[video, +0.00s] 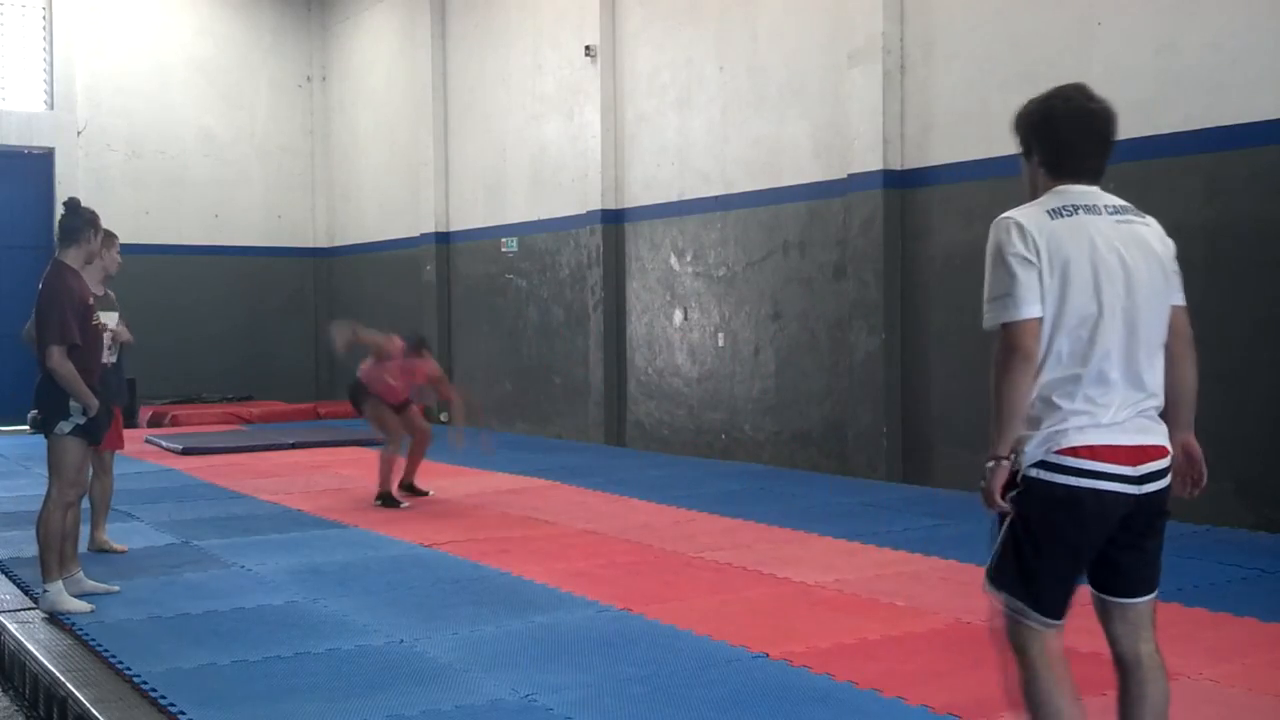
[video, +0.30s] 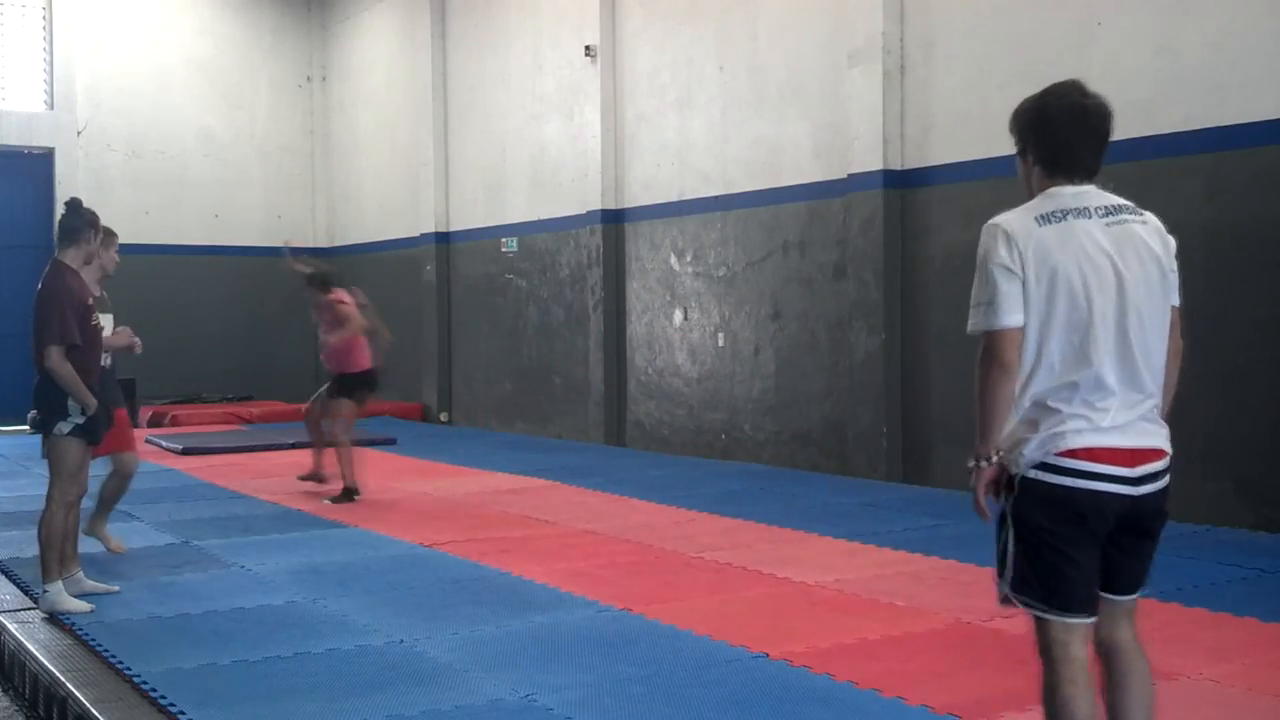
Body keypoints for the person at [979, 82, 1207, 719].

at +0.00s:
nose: (1023, 166)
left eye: (1023, 153)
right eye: (1024, 153)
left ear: (1036, 157)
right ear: (1103, 155)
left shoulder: (1021, 227)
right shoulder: (1149, 230)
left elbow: (1023, 348)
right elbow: (1180, 341)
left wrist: (1002, 451)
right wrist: (1181, 428)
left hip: (1065, 473)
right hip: (1147, 469)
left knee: (1033, 630)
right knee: (1136, 633)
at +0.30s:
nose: (1017, 161)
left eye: (1019, 149)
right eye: (1019, 149)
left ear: (1031, 154)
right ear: (1098, 152)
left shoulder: (1011, 233)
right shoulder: (1152, 231)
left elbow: (1003, 358)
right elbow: (1169, 354)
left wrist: (987, 455)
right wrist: (1146, 434)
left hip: (1058, 475)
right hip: (1146, 473)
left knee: (1066, 649)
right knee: (1121, 631)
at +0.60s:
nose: (1005, 190)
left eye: (1005, 176)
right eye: (1004, 176)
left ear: (1018, 176)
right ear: (1078, 165)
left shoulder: (1014, 240)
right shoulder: (1142, 235)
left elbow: (1006, 354)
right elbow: (1175, 345)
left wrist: (1003, 441)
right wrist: (1145, 418)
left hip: (1079, 477)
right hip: (1161, 474)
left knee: (1043, 638)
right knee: (1119, 628)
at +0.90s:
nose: (977, 284)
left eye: (978, 272)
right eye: (976, 273)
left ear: (990, 262)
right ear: (1046, 249)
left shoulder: (997, 304)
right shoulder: (1095, 304)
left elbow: (964, 408)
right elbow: (1113, 419)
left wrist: (956, 509)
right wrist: (1059, 518)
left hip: (1116, 511)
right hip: (1193, 514)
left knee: (1031, 628)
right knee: (1097, 631)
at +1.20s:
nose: (950, 466)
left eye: (950, 453)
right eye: (950, 454)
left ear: (961, 445)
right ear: (1013, 433)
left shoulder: (976, 486)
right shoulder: (1064, 476)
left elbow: (928, 598)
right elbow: (1050, 590)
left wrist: (890, 680)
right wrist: (1006, 664)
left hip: (1136, 647)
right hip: (1197, 647)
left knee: (998, 649)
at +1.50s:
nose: (950, 494)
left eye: (950, 484)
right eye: (950, 484)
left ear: (962, 483)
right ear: (1019, 475)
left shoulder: (974, 523)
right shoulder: (1053, 512)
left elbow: (900, 589)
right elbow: (990, 599)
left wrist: (829, 621)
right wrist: (931, 633)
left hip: (1140, 697)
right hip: (1193, 688)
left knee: (990, 650)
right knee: (1035, 636)